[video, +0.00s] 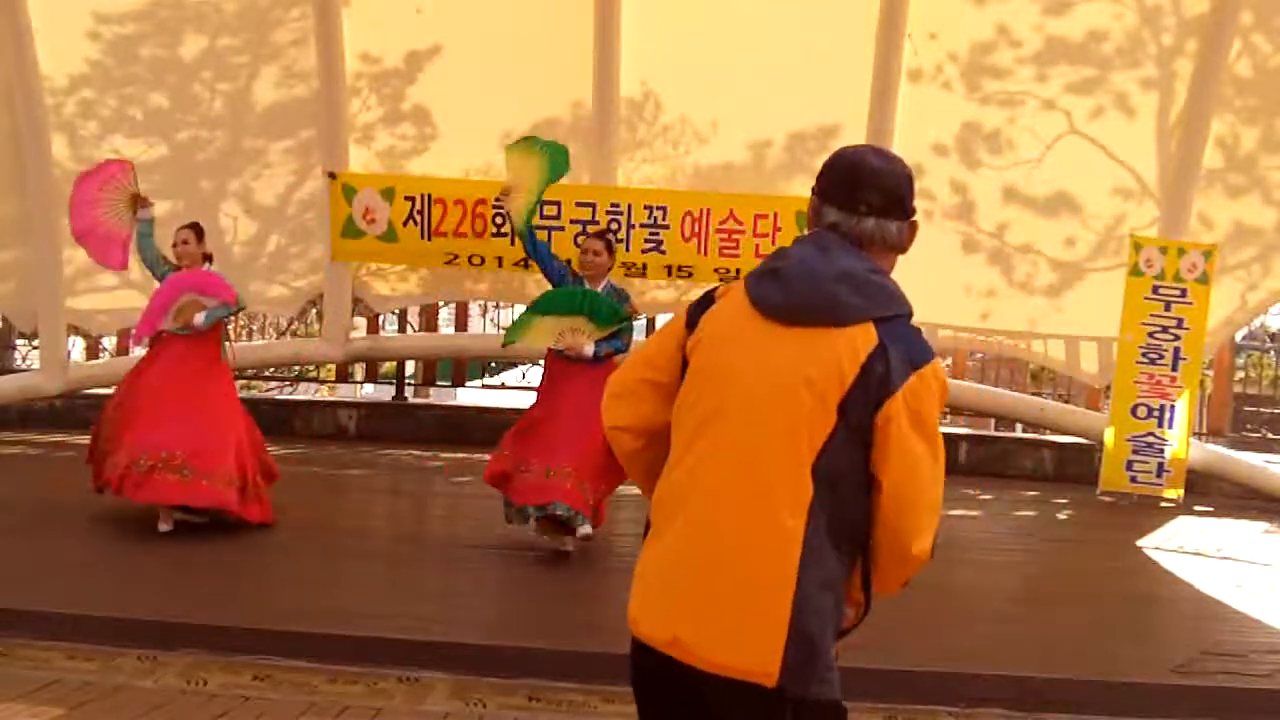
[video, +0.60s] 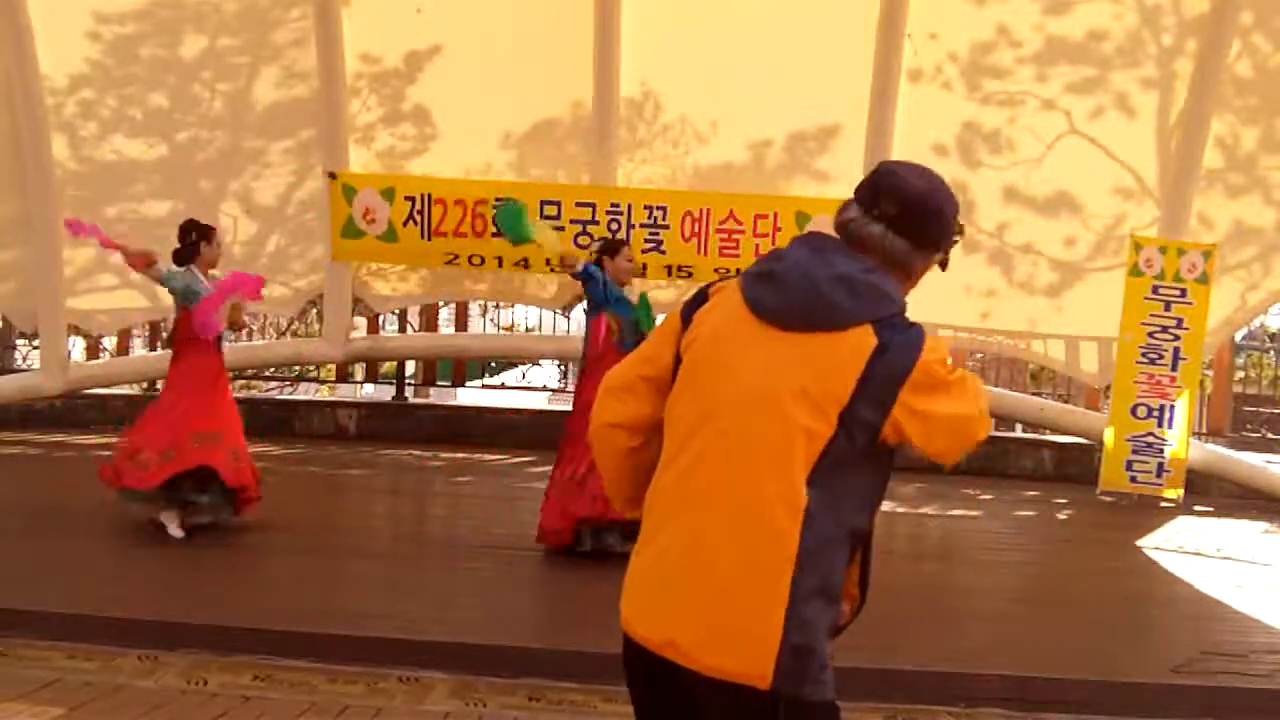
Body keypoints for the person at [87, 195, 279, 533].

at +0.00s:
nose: (179, 249)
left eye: (186, 243)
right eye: (176, 244)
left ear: (202, 247)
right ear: (173, 250)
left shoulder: (212, 279)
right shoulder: (170, 277)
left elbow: (234, 303)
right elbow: (147, 253)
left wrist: (205, 317)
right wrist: (144, 216)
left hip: (203, 360)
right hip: (167, 359)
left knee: (201, 423)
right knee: (162, 422)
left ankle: (198, 496)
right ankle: (164, 501)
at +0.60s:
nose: (220, 251)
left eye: (219, 245)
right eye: (216, 245)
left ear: (201, 248)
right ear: (201, 248)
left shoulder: (211, 285)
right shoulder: (188, 280)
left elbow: (231, 320)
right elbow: (158, 273)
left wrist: (235, 312)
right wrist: (134, 257)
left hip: (209, 363)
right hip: (190, 363)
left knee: (213, 430)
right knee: (190, 432)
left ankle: (205, 501)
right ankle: (172, 506)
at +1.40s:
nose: (229, 249)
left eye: (227, 244)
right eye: (226, 243)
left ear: (202, 244)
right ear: (216, 244)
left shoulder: (212, 274)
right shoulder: (203, 275)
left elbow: (230, 315)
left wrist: (242, 293)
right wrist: (243, 292)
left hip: (197, 360)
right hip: (184, 361)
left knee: (200, 425)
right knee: (184, 427)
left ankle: (189, 499)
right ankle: (167, 504)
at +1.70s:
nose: (174, 251)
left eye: (178, 244)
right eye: (175, 244)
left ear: (192, 246)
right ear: (201, 247)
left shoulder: (183, 285)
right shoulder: (216, 281)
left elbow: (144, 315)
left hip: (190, 365)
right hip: (218, 364)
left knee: (192, 430)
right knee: (214, 428)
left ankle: (195, 504)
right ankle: (220, 500)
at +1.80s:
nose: (182, 252)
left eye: (188, 246)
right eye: (180, 246)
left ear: (207, 250)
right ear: (179, 247)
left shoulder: (201, 282)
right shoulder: (188, 281)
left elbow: (183, 315)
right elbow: (165, 301)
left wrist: (158, 320)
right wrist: (146, 283)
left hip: (203, 364)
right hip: (199, 361)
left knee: (190, 428)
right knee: (204, 428)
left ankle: (194, 503)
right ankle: (215, 497)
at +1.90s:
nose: (200, 251)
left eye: (206, 245)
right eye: (195, 245)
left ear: (214, 248)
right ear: (185, 247)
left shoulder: (215, 285)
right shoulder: (174, 277)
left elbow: (230, 317)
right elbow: (136, 286)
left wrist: (187, 316)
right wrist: (91, 280)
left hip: (208, 354)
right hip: (183, 352)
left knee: (199, 418)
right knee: (186, 418)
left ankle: (194, 501)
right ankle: (192, 499)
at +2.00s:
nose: (208, 252)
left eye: (211, 245)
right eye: (202, 245)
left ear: (214, 248)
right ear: (181, 247)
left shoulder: (216, 286)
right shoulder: (165, 285)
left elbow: (247, 317)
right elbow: (125, 286)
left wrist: (208, 317)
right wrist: (94, 279)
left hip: (208, 369)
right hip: (175, 369)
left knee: (203, 432)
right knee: (161, 427)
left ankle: (189, 496)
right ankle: (151, 495)